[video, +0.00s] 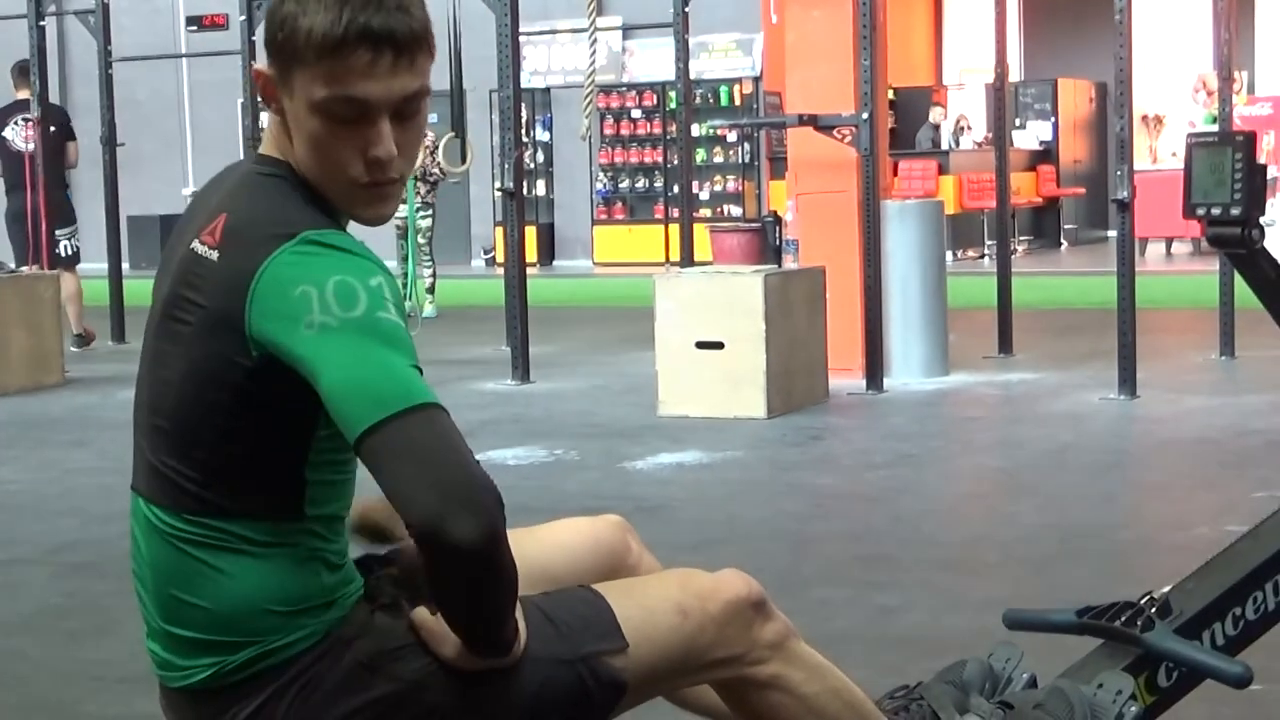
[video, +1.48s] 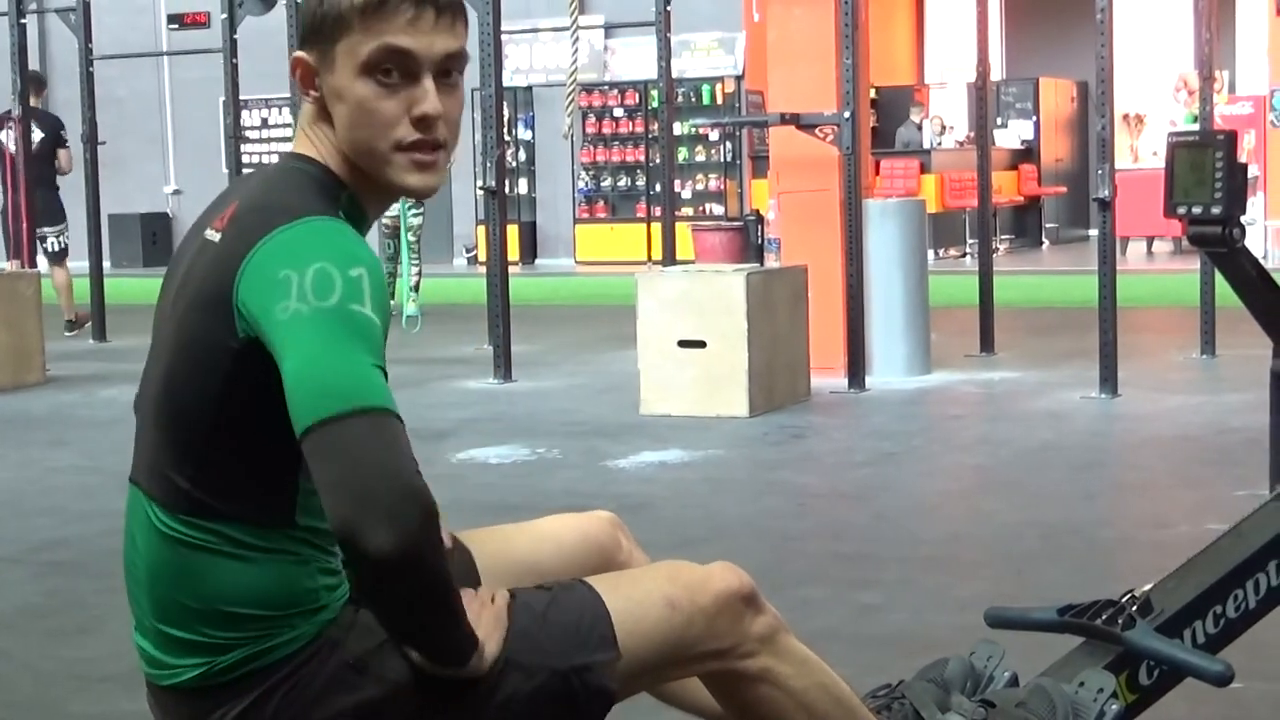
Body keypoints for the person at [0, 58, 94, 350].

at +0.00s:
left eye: (17, 81)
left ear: (13, 83)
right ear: (41, 80)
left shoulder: (2, 117)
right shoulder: (57, 113)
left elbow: (3, 166)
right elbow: (72, 159)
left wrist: (23, 164)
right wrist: (47, 161)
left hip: (17, 204)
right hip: (54, 200)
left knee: (29, 271)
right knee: (67, 269)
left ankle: (33, 339)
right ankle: (77, 332)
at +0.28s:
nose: (57, 85)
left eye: (55, 81)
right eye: (57, 81)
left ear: (30, 81)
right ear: (52, 81)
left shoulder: (12, 114)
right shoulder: (71, 115)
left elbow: (5, 162)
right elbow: (76, 160)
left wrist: (29, 165)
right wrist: (54, 166)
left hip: (28, 201)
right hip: (63, 201)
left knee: (29, 268)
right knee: (66, 266)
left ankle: (30, 334)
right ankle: (70, 332)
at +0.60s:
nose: (61, 84)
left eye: (59, 79)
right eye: (61, 79)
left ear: (33, 80)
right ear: (56, 80)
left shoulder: (16, 112)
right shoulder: (75, 113)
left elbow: (9, 160)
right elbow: (78, 157)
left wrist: (33, 158)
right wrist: (54, 158)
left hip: (29, 196)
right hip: (64, 196)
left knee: (20, 262)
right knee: (65, 263)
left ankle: (21, 331)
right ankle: (66, 328)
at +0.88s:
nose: (50, 90)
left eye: (46, 86)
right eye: (49, 86)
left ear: (23, 87)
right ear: (44, 86)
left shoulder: (6, 119)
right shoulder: (61, 118)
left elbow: (3, 166)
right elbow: (72, 163)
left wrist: (22, 171)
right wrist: (46, 164)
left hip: (19, 197)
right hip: (53, 197)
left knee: (20, 262)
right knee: (57, 259)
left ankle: (20, 327)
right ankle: (61, 323)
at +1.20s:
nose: (38, 89)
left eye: (35, 84)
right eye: (37, 84)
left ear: (11, 86)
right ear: (34, 86)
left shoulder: (1, 113)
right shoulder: (44, 116)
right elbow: (61, 160)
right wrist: (50, 175)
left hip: (6, 195)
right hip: (39, 194)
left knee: (13, 261)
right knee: (62, 253)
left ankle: (16, 322)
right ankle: (52, 309)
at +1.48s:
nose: (44, 95)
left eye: (41, 92)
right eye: (44, 92)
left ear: (19, 90)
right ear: (42, 91)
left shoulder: (5, 120)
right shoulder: (52, 122)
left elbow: (5, 159)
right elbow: (65, 166)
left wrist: (19, 162)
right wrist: (44, 163)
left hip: (11, 202)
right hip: (45, 200)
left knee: (16, 265)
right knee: (58, 263)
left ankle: (14, 324)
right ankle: (70, 319)